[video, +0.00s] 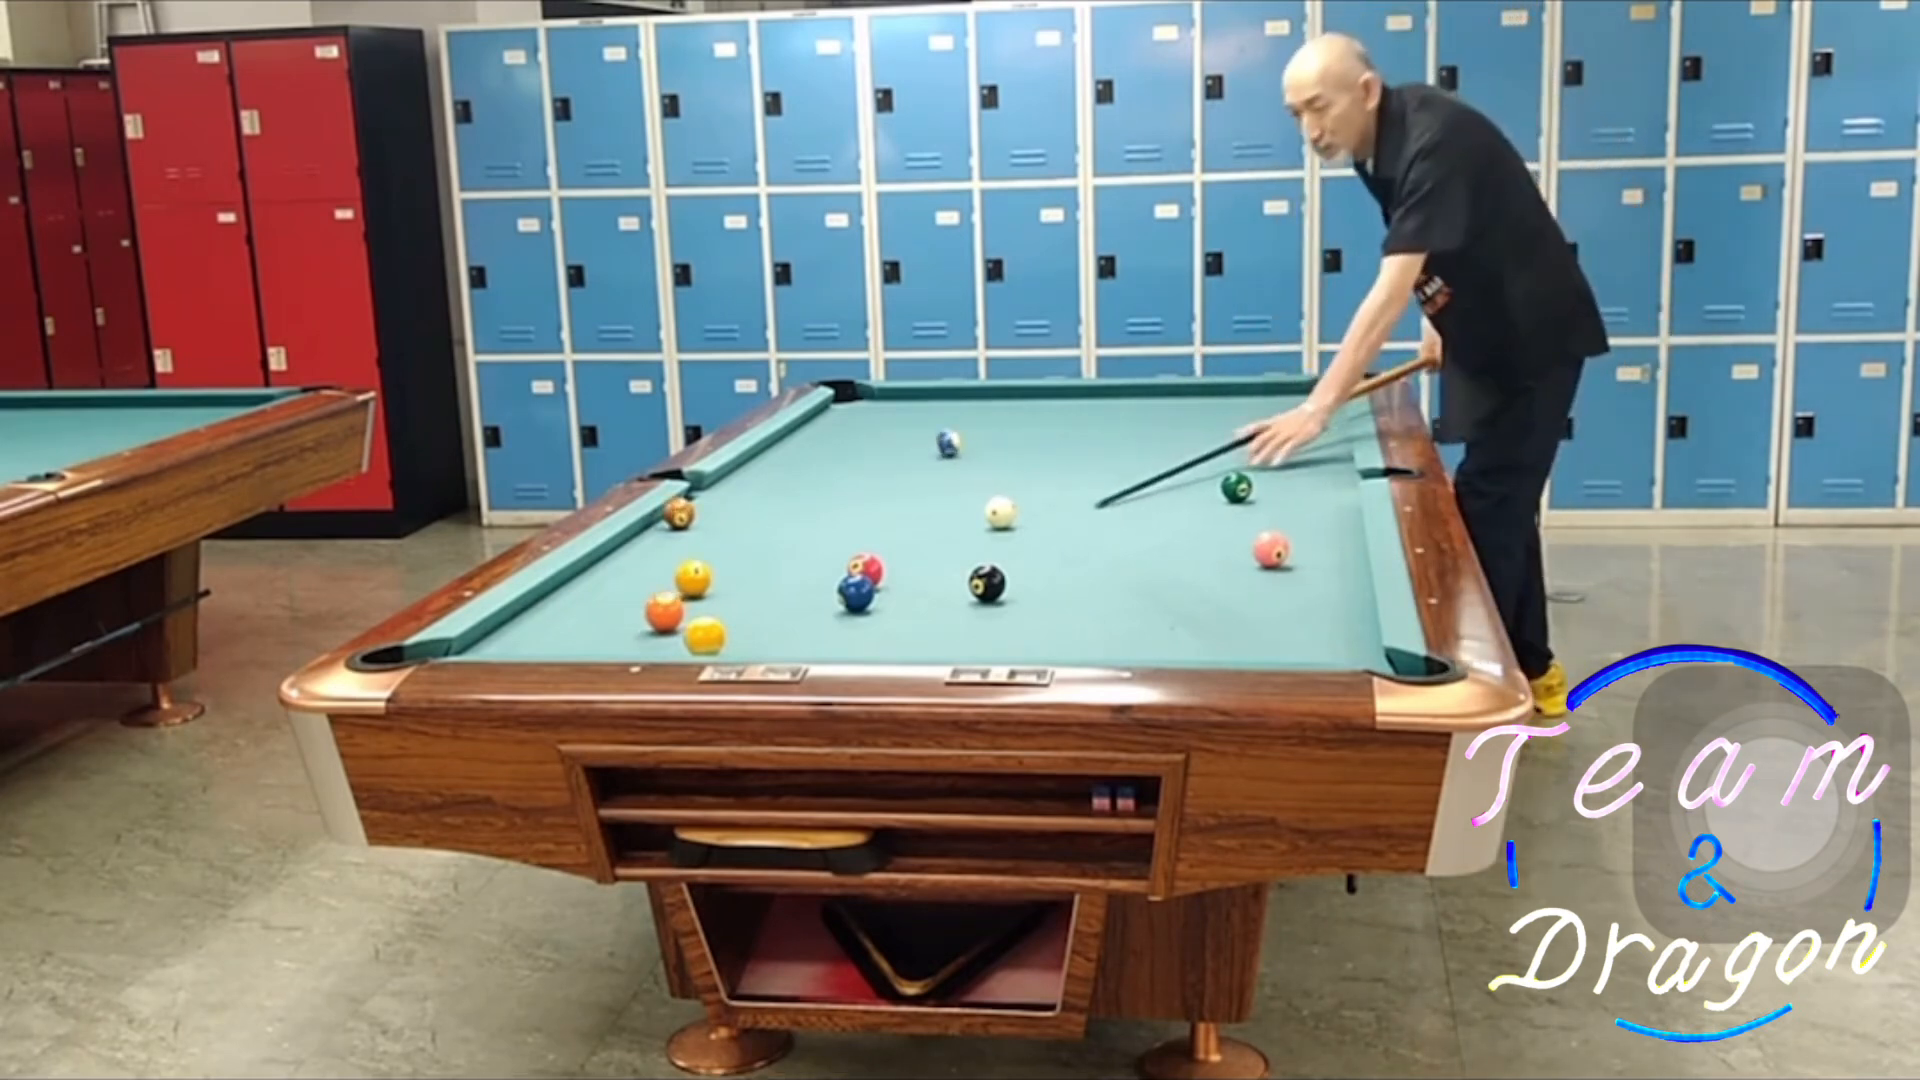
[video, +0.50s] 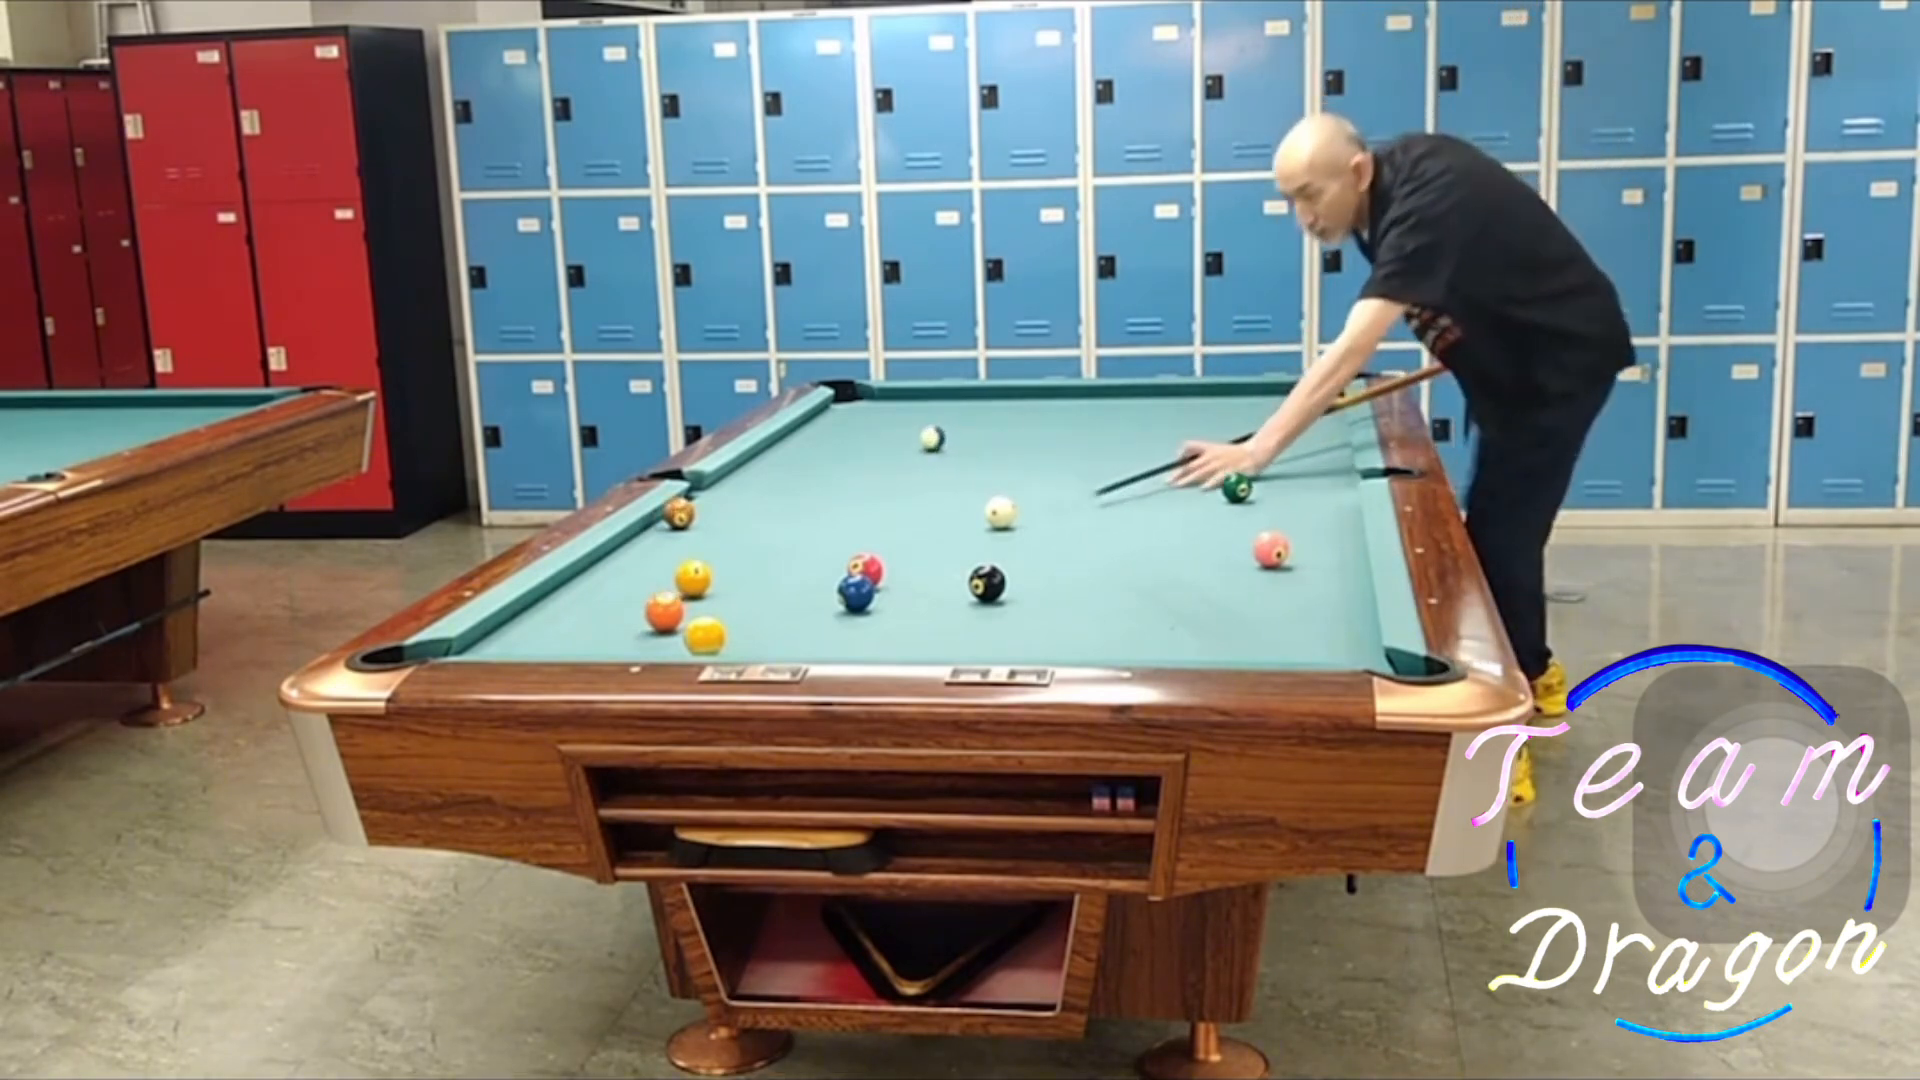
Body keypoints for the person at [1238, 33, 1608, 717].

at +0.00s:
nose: (1310, 131)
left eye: (1319, 109)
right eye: (1299, 116)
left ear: (1367, 89)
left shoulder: (1434, 141)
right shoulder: (1378, 142)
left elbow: (1393, 291)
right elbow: (1429, 235)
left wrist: (1316, 410)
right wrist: (1438, 325)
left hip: (1537, 337)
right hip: (1486, 338)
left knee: (1488, 502)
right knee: (1494, 503)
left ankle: (1525, 670)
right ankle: (1520, 666)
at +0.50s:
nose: (1301, 216)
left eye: (1307, 197)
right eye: (1293, 202)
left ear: (1357, 171)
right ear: (1354, 170)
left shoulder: (1425, 206)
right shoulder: (1395, 171)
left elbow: (1351, 356)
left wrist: (1253, 452)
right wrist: (1451, 318)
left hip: (1563, 355)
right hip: (1519, 353)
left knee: (1502, 536)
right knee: (1492, 525)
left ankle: (1521, 689)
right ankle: (1527, 668)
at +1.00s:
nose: (1314, 300)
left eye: (1320, 281)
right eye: (1305, 284)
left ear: (1371, 256)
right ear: (1367, 247)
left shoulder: (1435, 287)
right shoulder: (1411, 219)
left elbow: (1336, 400)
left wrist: (1221, 467)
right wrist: (1475, 351)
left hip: (1610, 366)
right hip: (1619, 338)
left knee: (1504, 545)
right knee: (1557, 531)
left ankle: (1508, 716)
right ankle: (1607, 692)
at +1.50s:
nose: (1319, 335)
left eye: (1327, 319)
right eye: (1310, 320)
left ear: (1381, 296)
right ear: (1372, 284)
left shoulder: (1441, 326)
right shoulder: (1417, 244)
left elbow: (1344, 415)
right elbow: (1500, 223)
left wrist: (1221, 469)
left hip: (1636, 374)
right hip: (1628, 347)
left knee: (1509, 542)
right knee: (1545, 531)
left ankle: (1509, 710)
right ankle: (1607, 691)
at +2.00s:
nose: (1323, 351)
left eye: (1330, 334)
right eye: (1315, 336)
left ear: (1382, 309)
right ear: (1374, 295)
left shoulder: (1444, 338)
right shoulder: (1415, 253)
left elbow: (1344, 430)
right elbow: (1504, 219)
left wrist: (1220, 471)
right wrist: (1506, 315)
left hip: (1634, 380)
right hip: (1618, 353)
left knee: (1508, 543)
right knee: (1539, 535)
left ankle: (1510, 708)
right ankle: (1606, 691)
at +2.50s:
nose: (1323, 355)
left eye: (1331, 339)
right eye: (1316, 340)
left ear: (1383, 313)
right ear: (1373, 301)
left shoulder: (1445, 339)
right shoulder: (1415, 256)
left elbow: (1350, 433)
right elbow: (1505, 220)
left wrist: (1219, 471)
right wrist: (1519, 319)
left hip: (1634, 381)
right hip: (1617, 355)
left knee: (1509, 543)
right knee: (1539, 535)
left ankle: (1509, 708)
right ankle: (1606, 691)